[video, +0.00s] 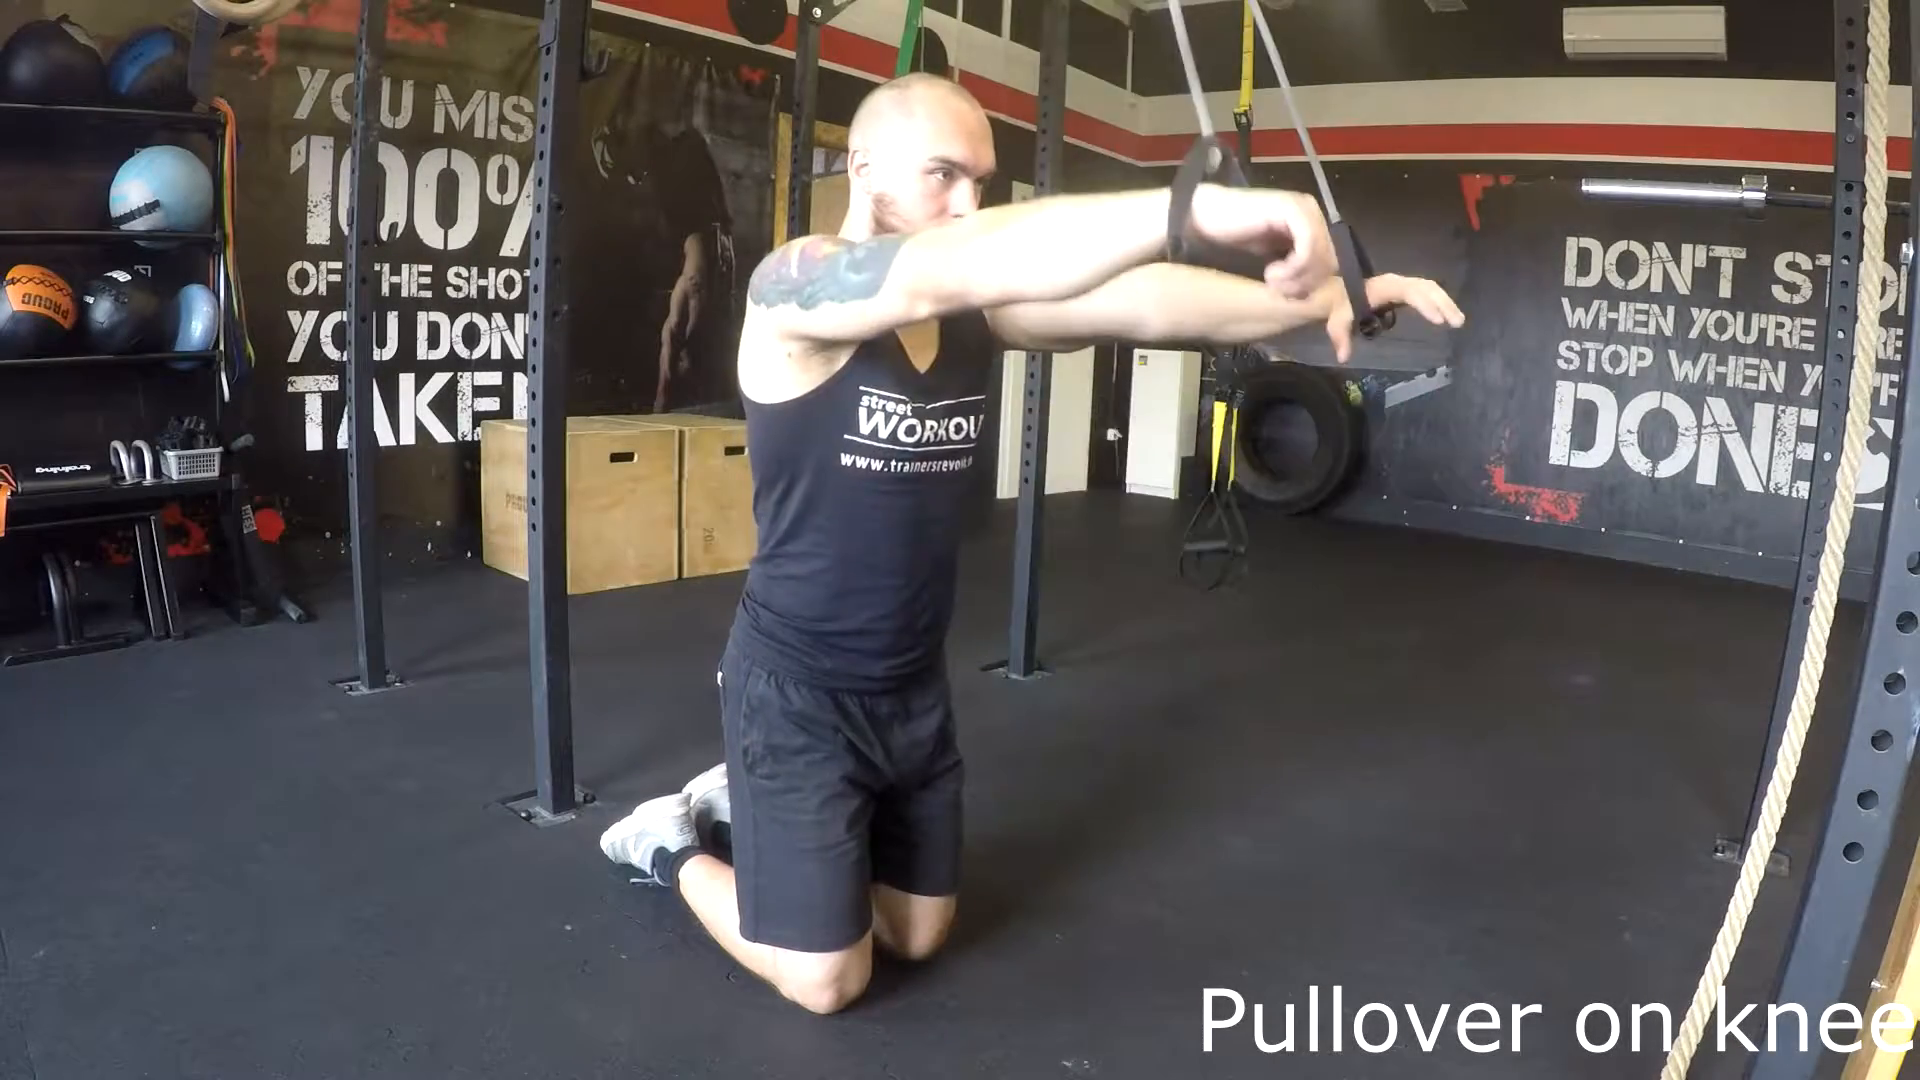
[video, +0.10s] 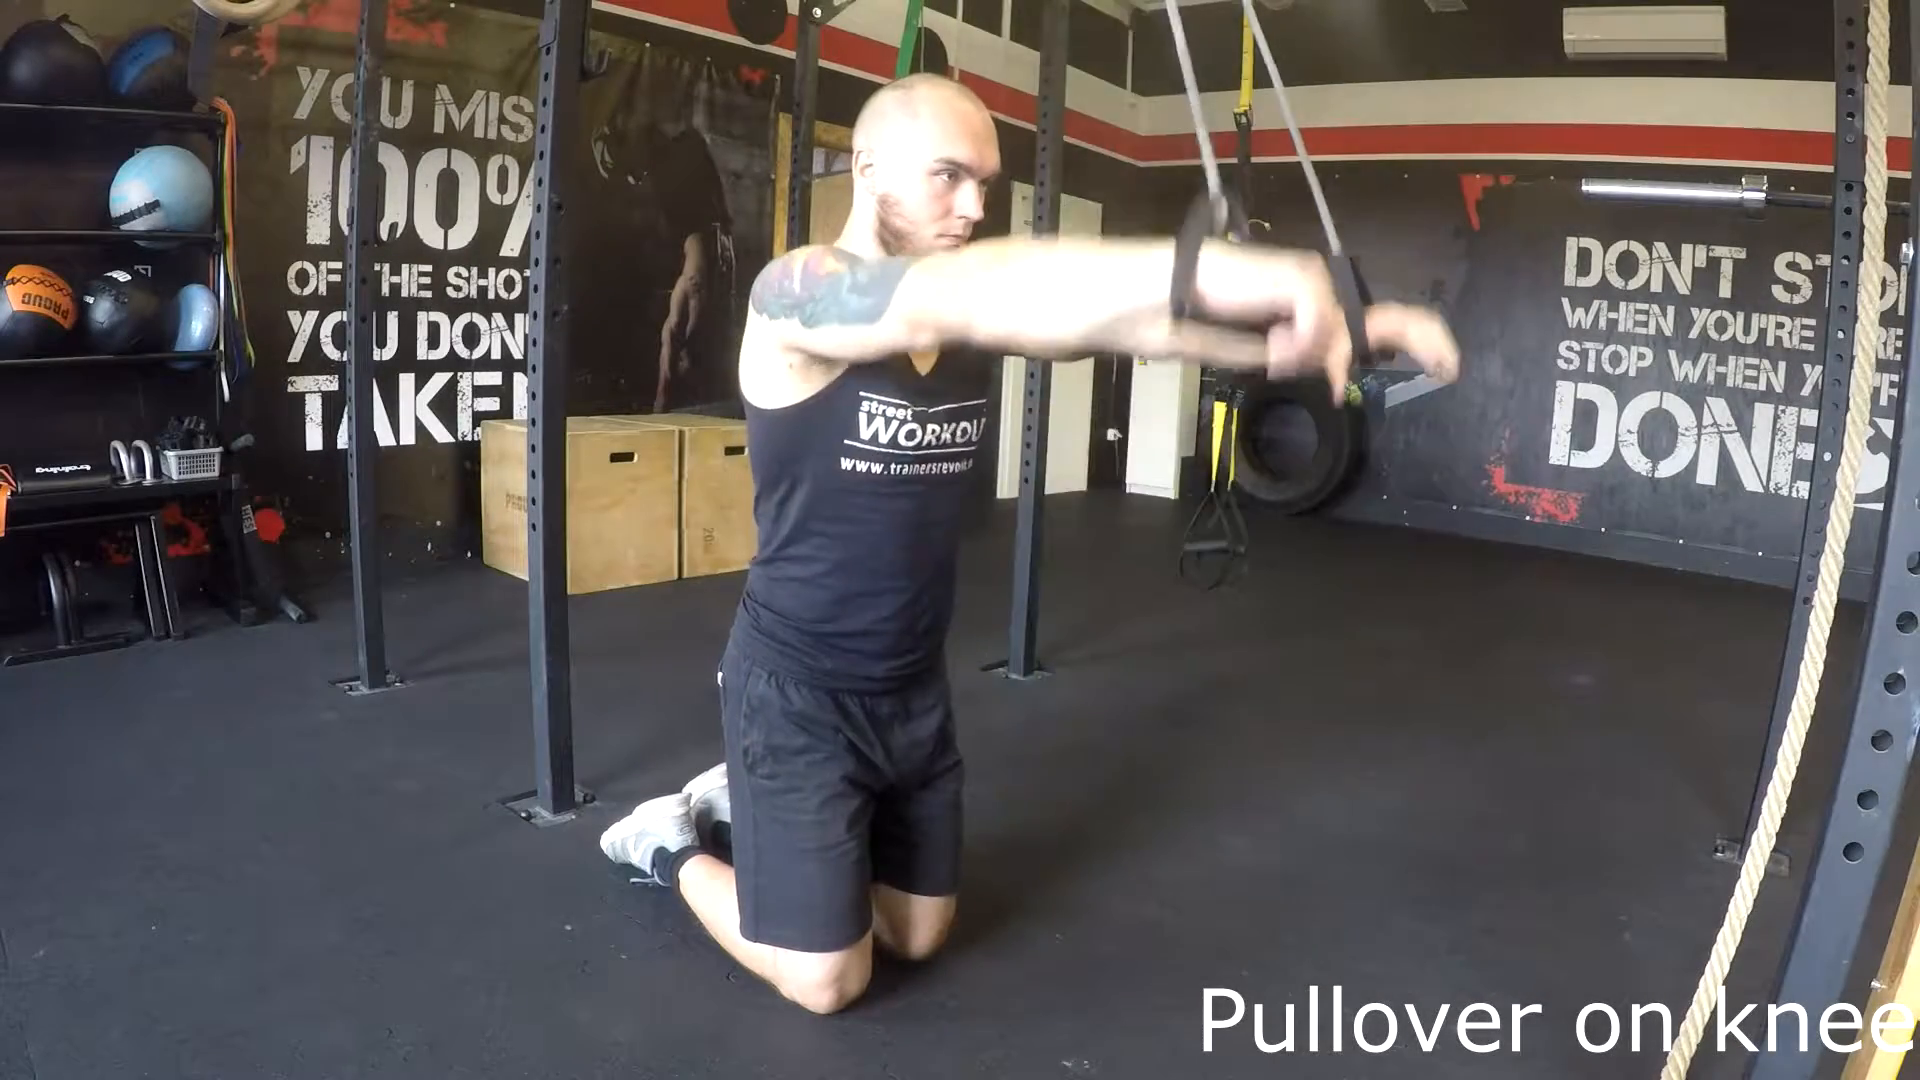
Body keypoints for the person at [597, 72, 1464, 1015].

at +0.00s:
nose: (969, 201)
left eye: (980, 180)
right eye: (943, 175)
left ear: (985, 181)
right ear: (863, 176)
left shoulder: (960, 292)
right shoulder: (793, 282)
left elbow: (1133, 303)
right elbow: (967, 263)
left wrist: (1320, 312)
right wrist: (1189, 212)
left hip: (913, 683)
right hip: (797, 683)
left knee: (916, 932)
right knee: (821, 977)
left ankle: (753, 809)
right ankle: (677, 854)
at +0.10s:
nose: (973, 205)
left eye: (985, 181)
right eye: (947, 178)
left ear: (991, 183)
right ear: (869, 178)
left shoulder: (979, 294)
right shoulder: (795, 290)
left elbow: (1134, 324)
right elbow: (954, 307)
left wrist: (1321, 339)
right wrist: (1196, 268)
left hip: (911, 685)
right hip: (795, 685)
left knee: (916, 932)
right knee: (821, 979)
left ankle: (752, 810)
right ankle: (676, 853)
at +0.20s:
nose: (979, 209)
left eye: (990, 184)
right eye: (952, 180)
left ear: (992, 188)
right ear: (869, 174)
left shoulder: (988, 304)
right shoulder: (797, 302)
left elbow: (1122, 346)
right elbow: (970, 366)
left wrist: (1320, 393)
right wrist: (1187, 391)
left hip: (913, 685)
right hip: (796, 685)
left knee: (916, 931)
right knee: (821, 978)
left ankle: (753, 807)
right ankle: (672, 851)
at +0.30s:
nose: (980, 209)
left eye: (994, 186)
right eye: (955, 179)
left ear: (998, 191)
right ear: (875, 173)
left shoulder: (989, 316)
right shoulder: (802, 308)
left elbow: (1146, 403)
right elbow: (961, 440)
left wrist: (1321, 495)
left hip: (914, 685)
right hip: (796, 686)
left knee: (916, 928)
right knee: (822, 982)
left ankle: (750, 810)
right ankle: (678, 852)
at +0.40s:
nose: (985, 207)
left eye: (998, 184)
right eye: (960, 176)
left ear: (1008, 189)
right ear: (880, 173)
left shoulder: (995, 323)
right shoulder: (803, 317)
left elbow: (1119, 453)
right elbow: (909, 500)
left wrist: (1266, 584)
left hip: (920, 684)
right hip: (800, 683)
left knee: (915, 933)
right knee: (824, 977)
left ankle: (740, 817)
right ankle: (674, 855)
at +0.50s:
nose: (989, 205)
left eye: (1000, 180)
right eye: (963, 173)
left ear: (1007, 189)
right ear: (882, 174)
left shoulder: (1000, 333)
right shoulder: (804, 324)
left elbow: (1091, 492)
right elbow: (858, 549)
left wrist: (1194, 647)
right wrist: (939, 757)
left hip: (919, 678)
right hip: (802, 685)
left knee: (916, 932)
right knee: (824, 980)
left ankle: (748, 808)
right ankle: (673, 852)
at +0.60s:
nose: (993, 205)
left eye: (1004, 180)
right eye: (969, 174)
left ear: (1009, 187)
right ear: (890, 175)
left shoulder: (999, 339)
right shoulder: (804, 328)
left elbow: (1062, 521)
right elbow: (811, 578)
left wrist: (1133, 676)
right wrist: (844, 799)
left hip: (917, 677)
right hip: (808, 678)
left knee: (916, 932)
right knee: (824, 980)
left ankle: (751, 801)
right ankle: (673, 850)